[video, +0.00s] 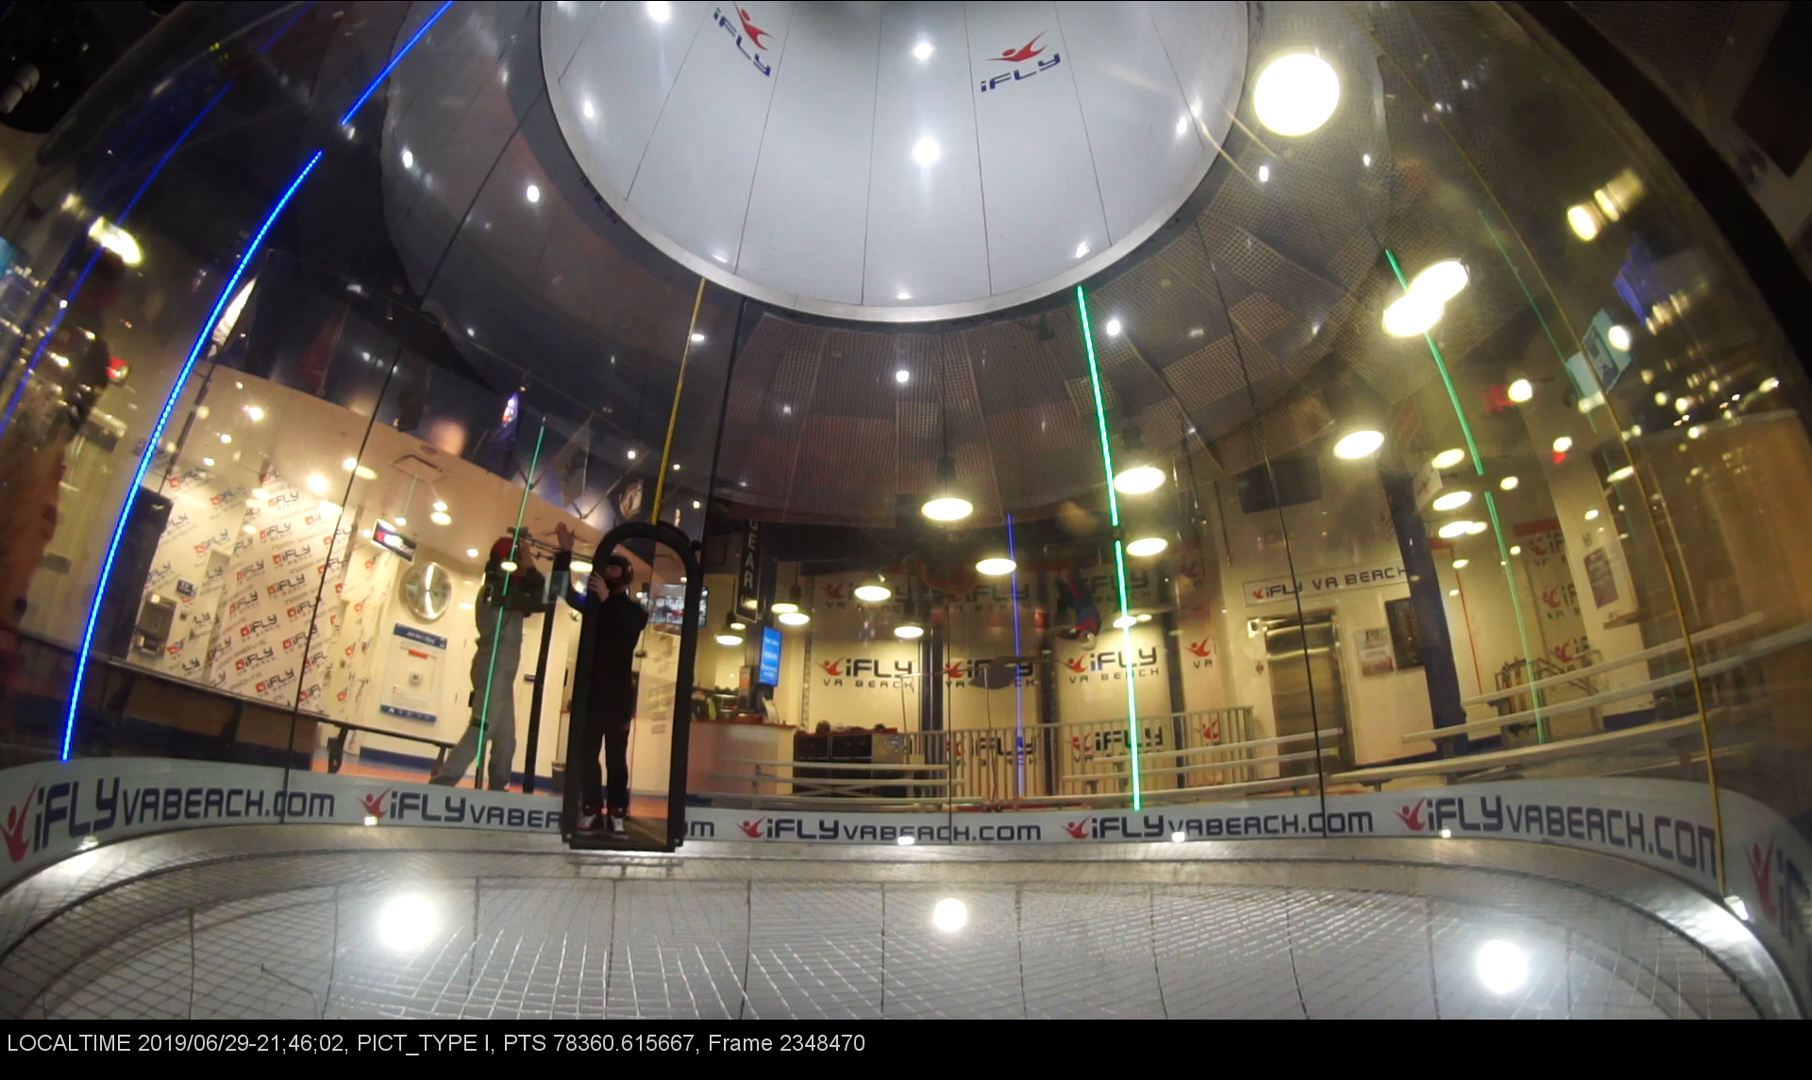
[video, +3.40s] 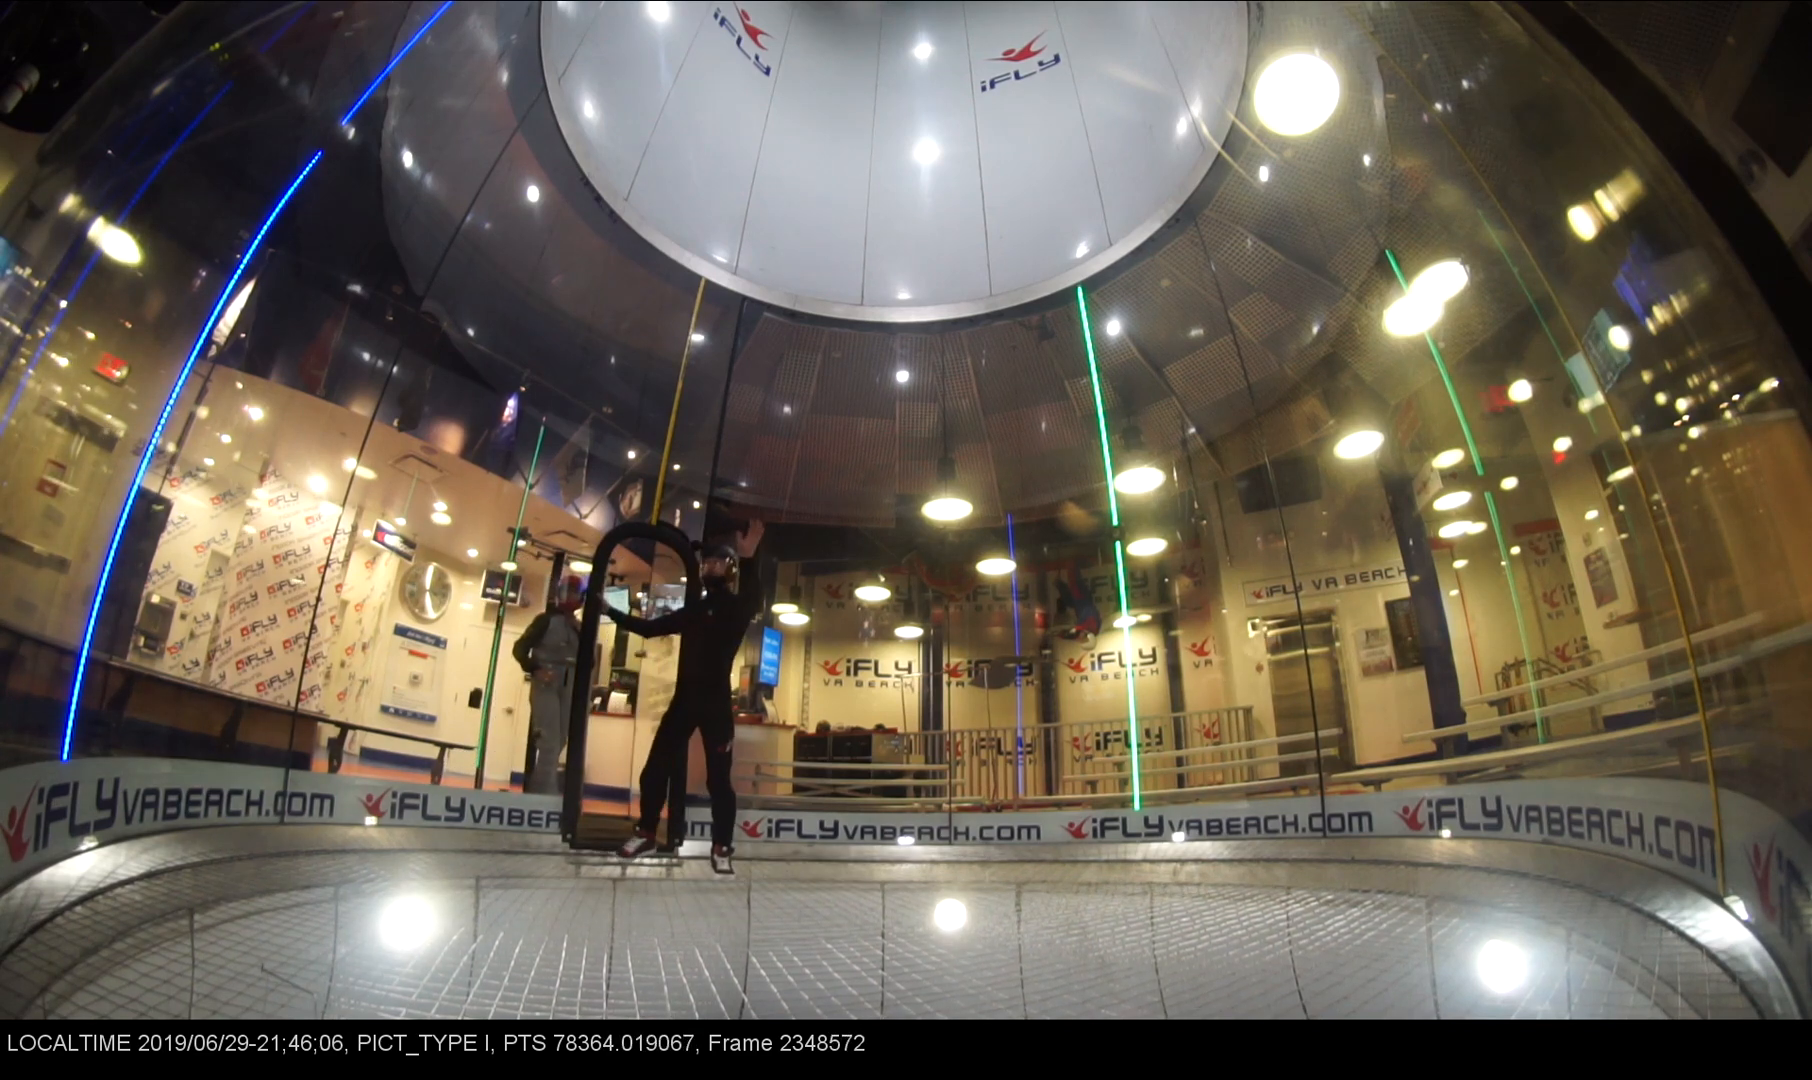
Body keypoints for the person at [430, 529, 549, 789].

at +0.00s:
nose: (530, 555)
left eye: (529, 550)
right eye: (525, 550)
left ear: (501, 559)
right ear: (510, 558)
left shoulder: (507, 590)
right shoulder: (497, 590)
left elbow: (540, 599)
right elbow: (534, 598)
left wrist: (530, 568)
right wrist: (528, 567)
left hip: (503, 670)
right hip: (491, 667)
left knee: (505, 737)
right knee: (481, 729)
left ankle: (497, 792)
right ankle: (442, 784)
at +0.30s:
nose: (535, 572)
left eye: (536, 566)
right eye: (530, 566)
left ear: (534, 569)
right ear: (518, 568)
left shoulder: (529, 600)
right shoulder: (502, 598)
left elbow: (547, 633)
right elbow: (522, 622)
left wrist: (541, 600)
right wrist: (524, 590)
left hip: (522, 675)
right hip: (502, 671)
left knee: (513, 735)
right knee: (497, 730)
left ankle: (500, 789)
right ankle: (451, 777)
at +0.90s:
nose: (519, 579)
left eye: (524, 575)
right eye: (516, 572)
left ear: (530, 581)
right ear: (507, 575)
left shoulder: (532, 611)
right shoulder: (493, 604)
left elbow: (539, 649)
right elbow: (484, 635)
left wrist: (534, 620)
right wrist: (499, 607)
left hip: (519, 671)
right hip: (492, 667)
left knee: (509, 728)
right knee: (489, 722)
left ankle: (499, 783)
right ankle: (481, 779)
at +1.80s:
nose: (538, 588)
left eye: (540, 583)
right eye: (533, 583)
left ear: (542, 587)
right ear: (519, 585)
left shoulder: (541, 618)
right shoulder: (504, 612)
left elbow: (553, 652)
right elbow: (483, 644)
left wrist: (544, 623)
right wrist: (513, 648)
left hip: (533, 693)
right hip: (505, 690)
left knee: (531, 748)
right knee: (496, 744)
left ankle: (534, 798)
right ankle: (483, 792)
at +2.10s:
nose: (550, 592)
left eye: (554, 587)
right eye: (545, 587)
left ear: (558, 591)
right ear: (534, 590)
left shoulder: (558, 621)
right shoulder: (524, 618)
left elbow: (573, 653)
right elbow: (503, 651)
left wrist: (563, 627)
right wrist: (531, 657)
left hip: (555, 683)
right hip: (530, 680)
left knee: (546, 738)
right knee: (523, 735)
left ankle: (538, 792)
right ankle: (493, 783)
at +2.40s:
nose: (557, 597)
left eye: (562, 592)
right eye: (553, 591)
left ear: (568, 596)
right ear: (545, 593)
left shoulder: (571, 624)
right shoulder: (533, 620)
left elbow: (580, 654)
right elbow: (512, 652)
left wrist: (572, 628)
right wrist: (533, 664)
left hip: (560, 682)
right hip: (536, 680)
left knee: (554, 737)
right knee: (540, 738)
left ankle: (540, 790)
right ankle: (536, 794)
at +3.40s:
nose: (572, 596)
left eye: (576, 592)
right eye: (569, 591)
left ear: (581, 597)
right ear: (559, 593)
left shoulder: (579, 627)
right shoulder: (546, 620)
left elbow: (589, 660)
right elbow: (519, 648)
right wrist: (534, 669)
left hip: (570, 685)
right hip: (546, 682)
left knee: (560, 739)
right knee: (549, 740)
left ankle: (541, 791)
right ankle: (544, 794)